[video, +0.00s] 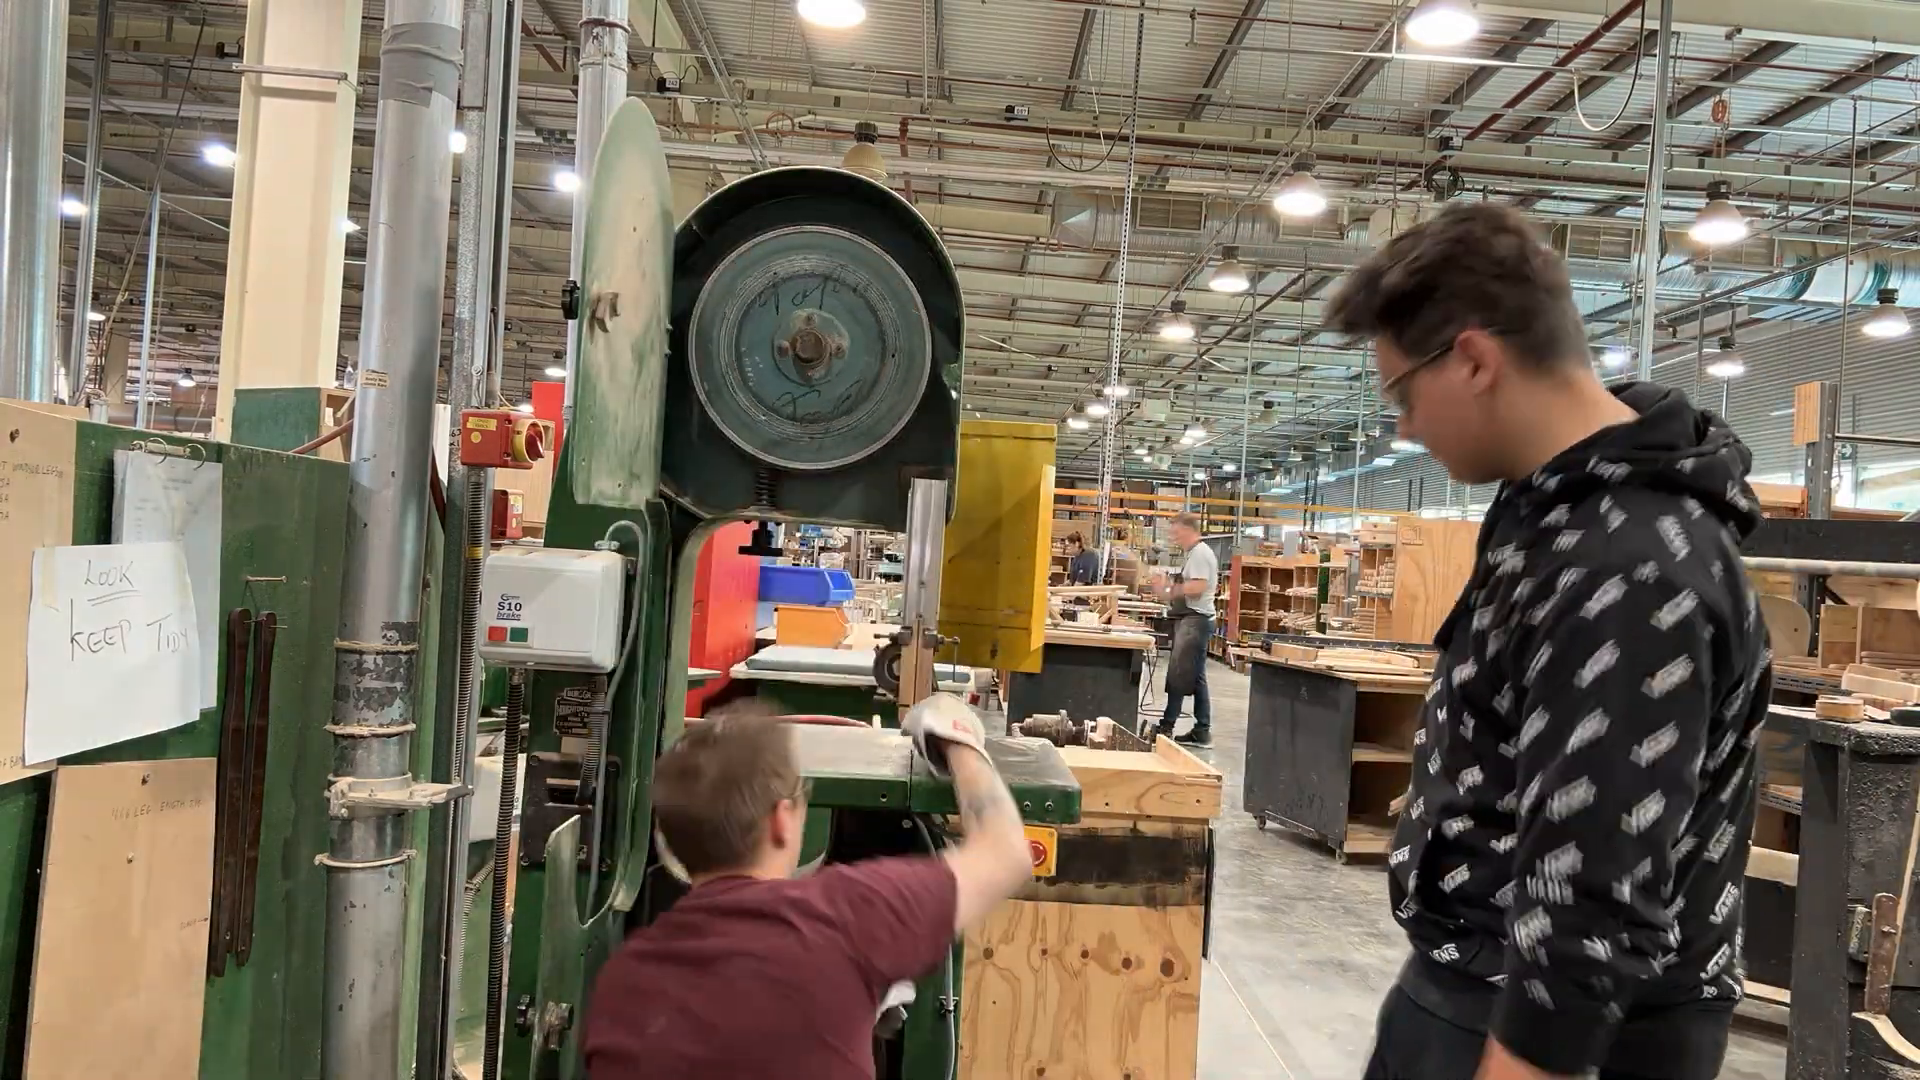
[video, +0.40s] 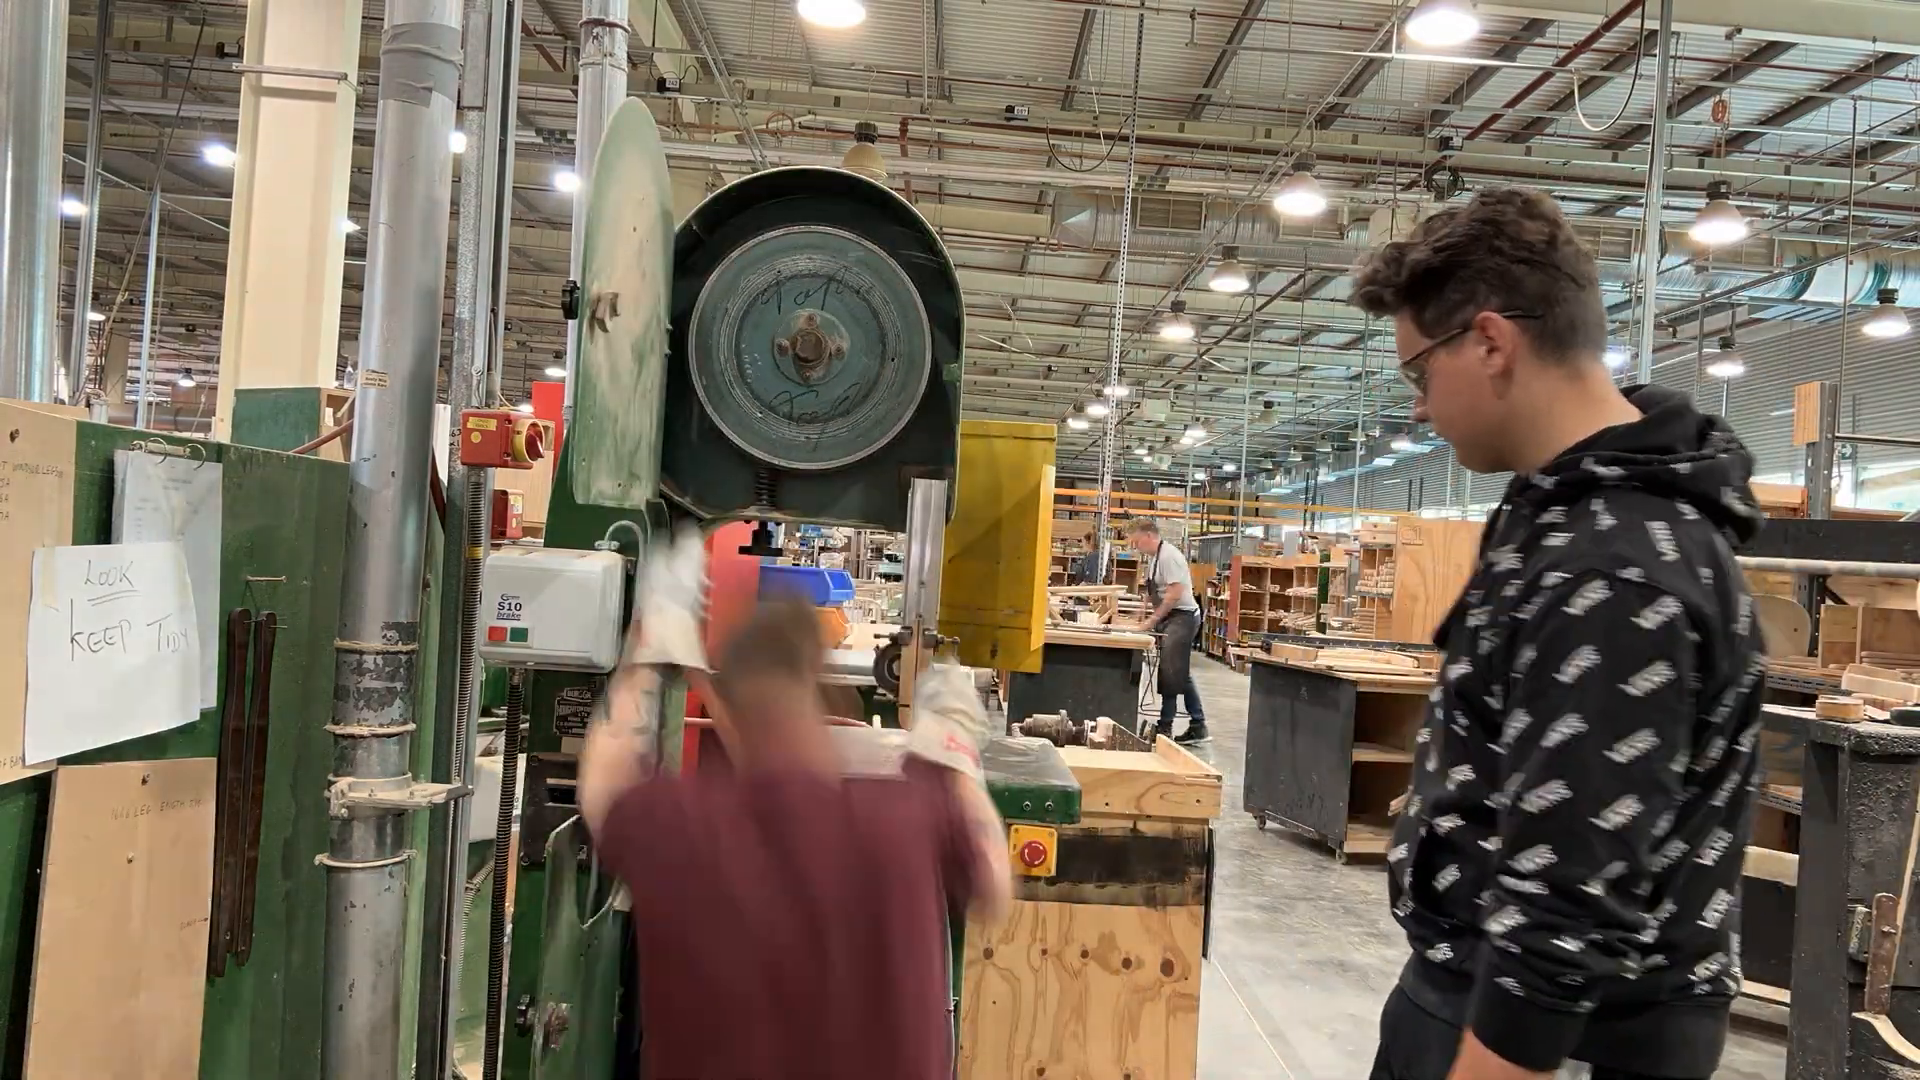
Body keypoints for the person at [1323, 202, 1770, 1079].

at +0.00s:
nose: (1406, 428)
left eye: (1403, 392)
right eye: (1397, 400)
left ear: (1474, 359)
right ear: (1477, 360)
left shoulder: (1632, 563)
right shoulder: (1564, 519)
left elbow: (1588, 915)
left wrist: (1532, 1054)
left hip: (1544, 1026)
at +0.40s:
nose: (1418, 409)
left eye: (1418, 371)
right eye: (1410, 379)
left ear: (1491, 345)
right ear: (1497, 346)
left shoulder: (1621, 569)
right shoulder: (1572, 520)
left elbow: (1557, 929)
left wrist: (1495, 1057)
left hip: (1552, 1032)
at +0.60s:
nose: (1380, 385)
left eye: (1377, 343)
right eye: (1371, 352)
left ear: (1443, 313)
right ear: (1551, 301)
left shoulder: (1484, 545)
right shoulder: (1718, 490)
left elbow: (1392, 904)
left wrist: (1331, 1052)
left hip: (1529, 1037)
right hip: (1704, 1028)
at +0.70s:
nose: (1500, 363)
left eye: (1504, 320)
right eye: (1495, 326)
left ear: (1578, 302)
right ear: (1669, 297)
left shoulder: (1593, 521)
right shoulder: (1810, 493)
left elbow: (1526, 853)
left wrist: (1447, 1050)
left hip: (1621, 1036)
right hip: (1799, 1026)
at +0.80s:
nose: (1555, 409)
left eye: (1555, 370)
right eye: (1546, 381)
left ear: (1636, 331)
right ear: (1637, 334)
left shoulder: (1737, 527)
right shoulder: (1812, 492)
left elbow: (1667, 892)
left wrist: (1543, 1071)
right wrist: (1549, 955)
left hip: (1727, 1043)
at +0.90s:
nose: (1242, 411)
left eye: (1233, 369)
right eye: (1228, 377)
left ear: (1295, 336)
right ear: (1404, 305)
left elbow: (1267, 877)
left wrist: (1226, 1050)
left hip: (1469, 1042)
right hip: (1713, 1031)